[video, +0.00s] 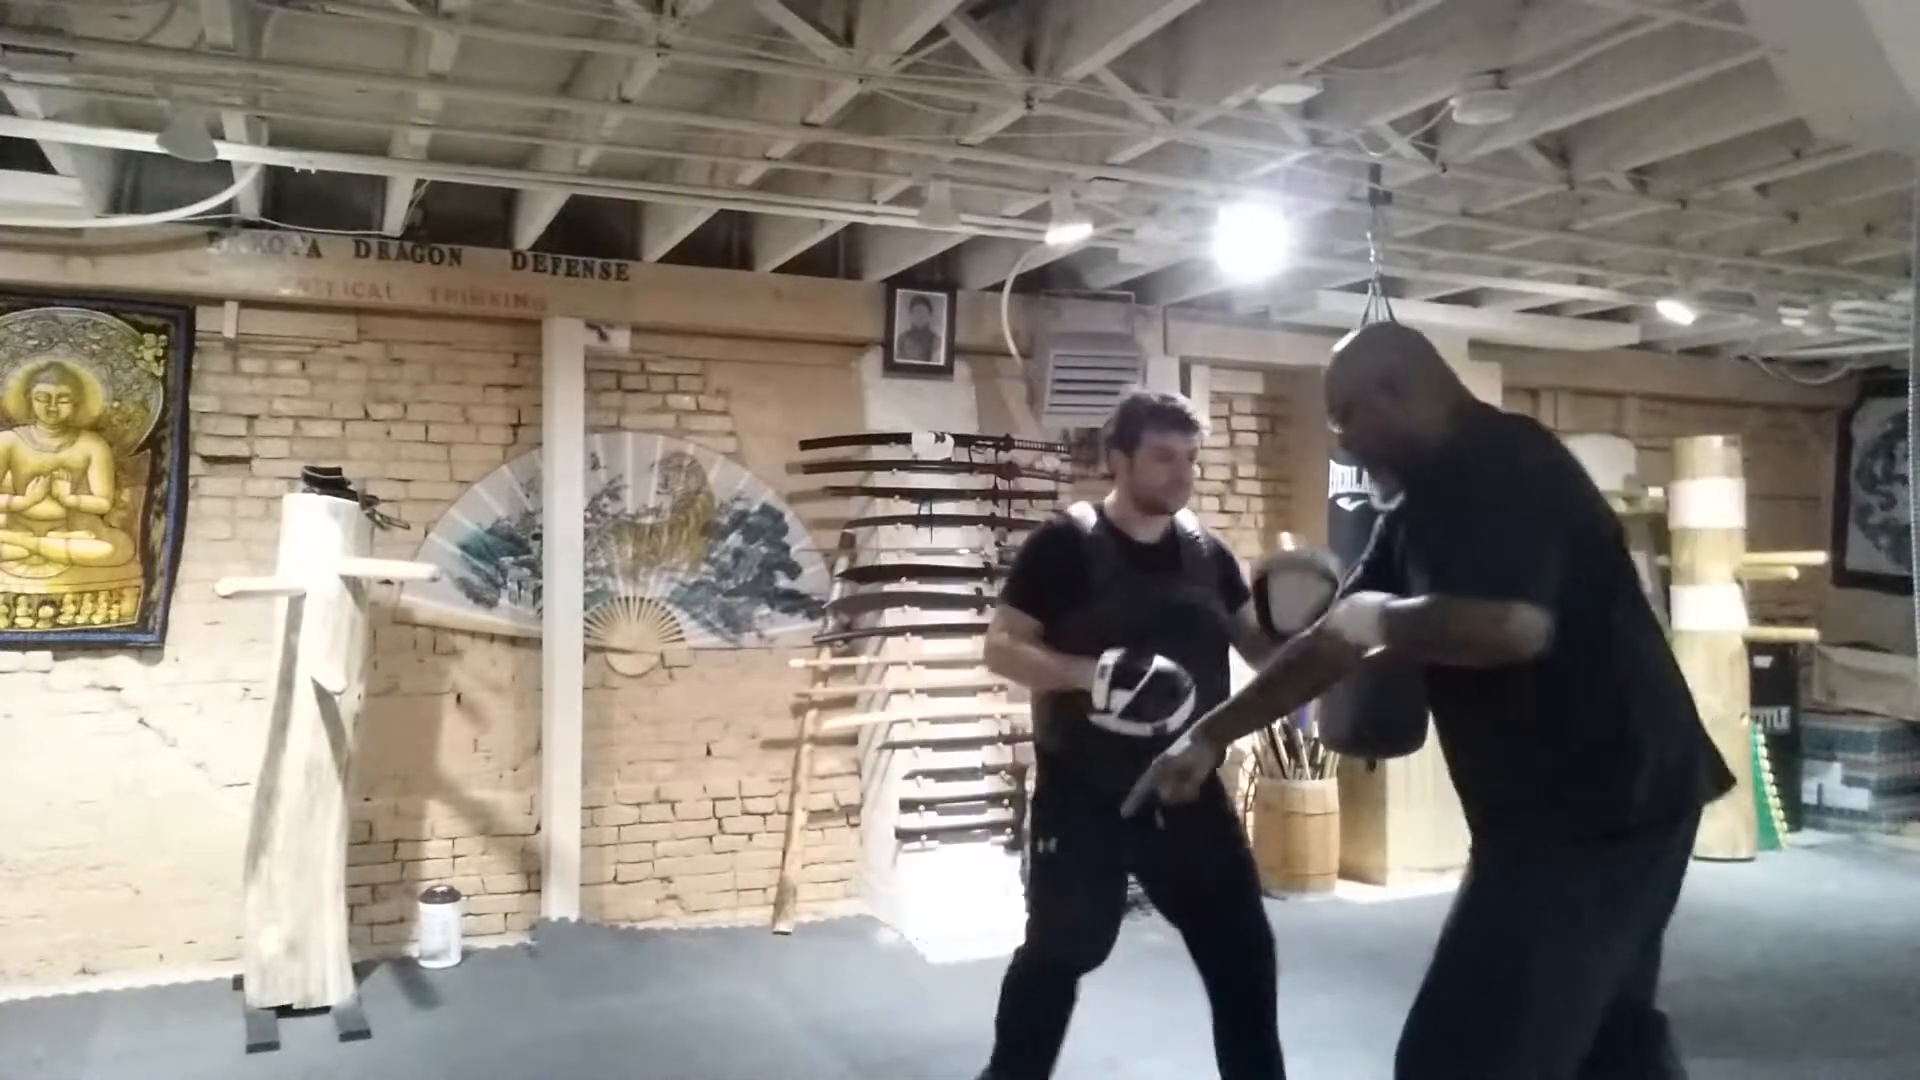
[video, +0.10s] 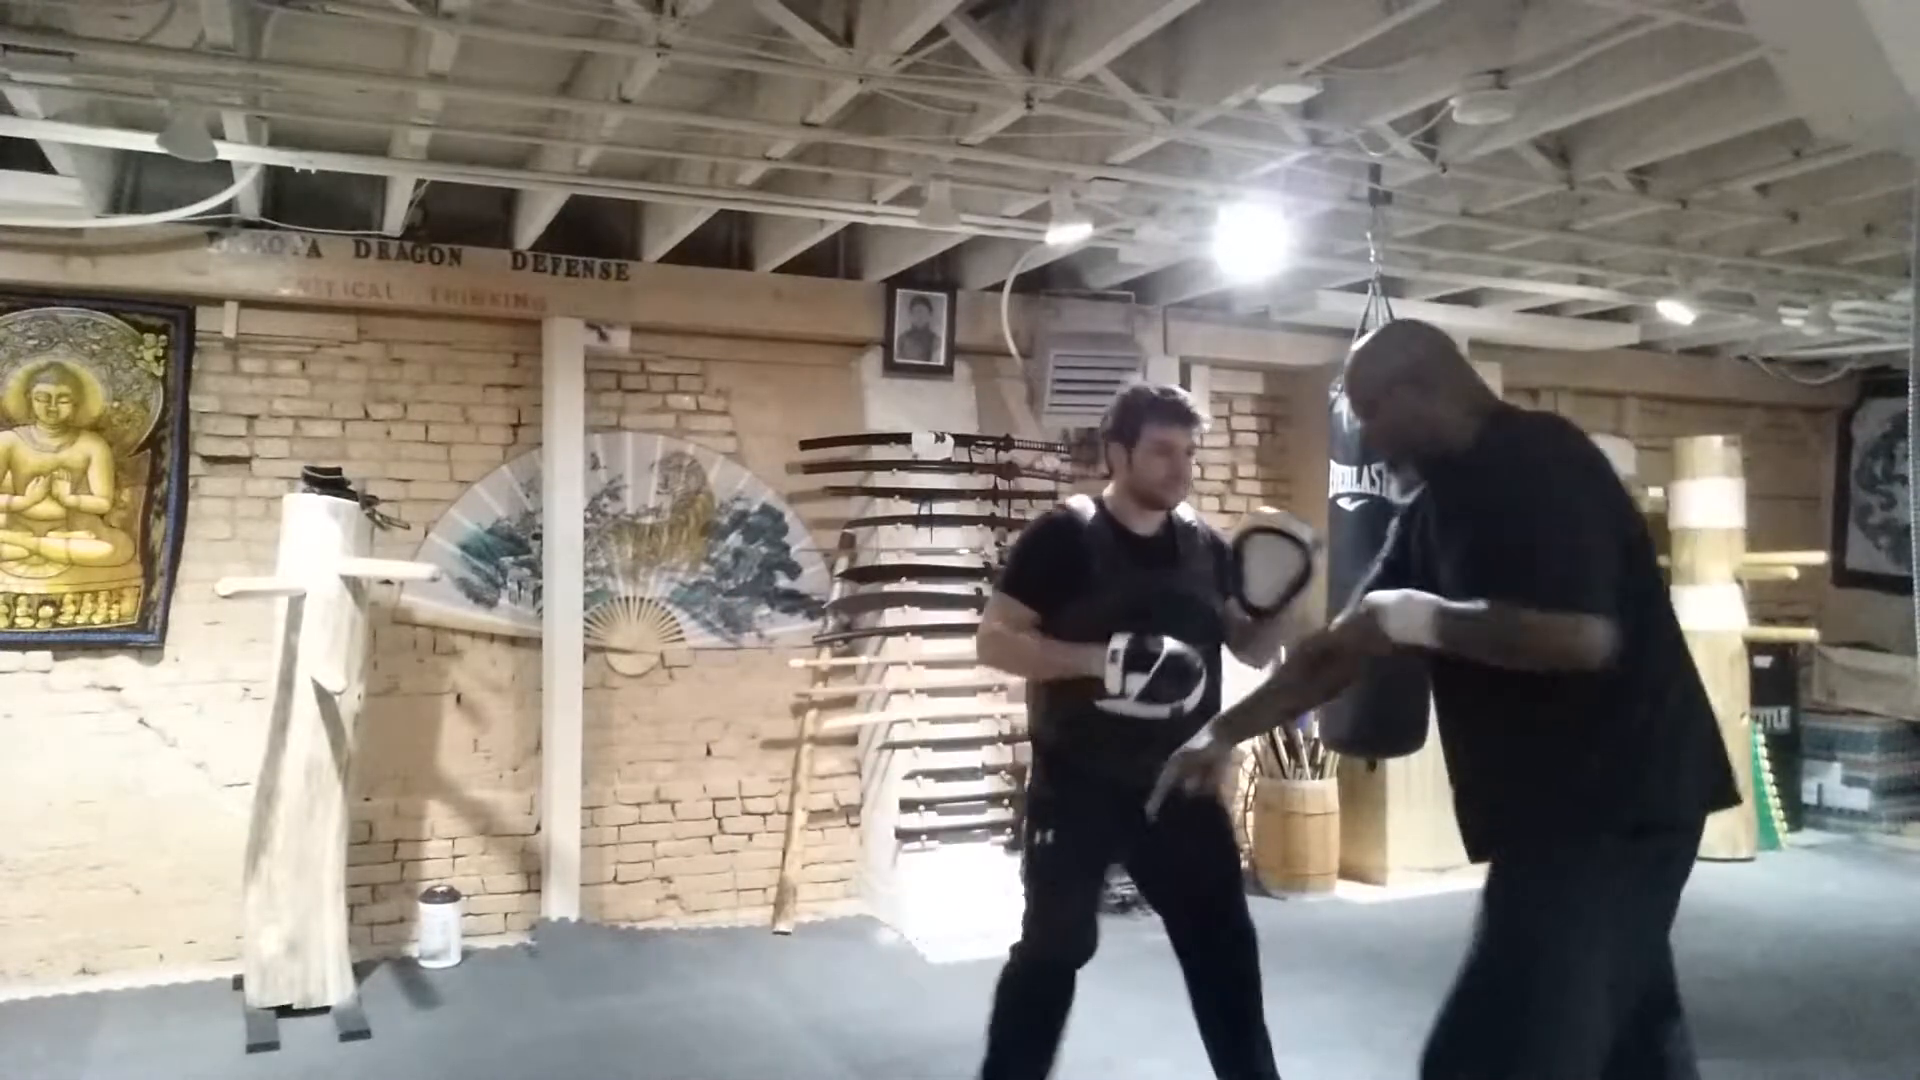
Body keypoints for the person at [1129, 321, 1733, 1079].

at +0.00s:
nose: (1341, 442)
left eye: (1344, 416)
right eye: (1336, 423)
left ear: (1396, 392)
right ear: (1397, 393)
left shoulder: (1500, 459)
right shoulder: (1426, 503)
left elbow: (1517, 624)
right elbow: (1343, 638)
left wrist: (1379, 620)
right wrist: (1208, 734)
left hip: (1592, 813)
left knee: (1451, 1060)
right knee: (1615, 1048)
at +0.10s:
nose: (1363, 436)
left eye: (1366, 411)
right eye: (1358, 417)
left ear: (1422, 387)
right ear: (1422, 388)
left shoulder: (1546, 455)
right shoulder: (1434, 510)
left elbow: (1589, 636)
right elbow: (1349, 647)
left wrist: (1422, 618)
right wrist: (1222, 734)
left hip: (1616, 813)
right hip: (1552, 817)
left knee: (1477, 1061)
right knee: (1639, 1055)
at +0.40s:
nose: (1409, 417)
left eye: (1417, 395)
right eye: (1405, 399)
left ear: (1480, 383)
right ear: (1469, 389)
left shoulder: (1612, 470)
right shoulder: (1467, 495)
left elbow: (1683, 641)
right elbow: (1396, 612)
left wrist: (1501, 630)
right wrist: (1299, 669)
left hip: (1622, 809)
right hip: (1554, 806)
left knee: (1488, 1050)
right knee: (1639, 1035)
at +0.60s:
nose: (1382, 422)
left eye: (1391, 395)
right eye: (1377, 401)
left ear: (1456, 377)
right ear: (1451, 383)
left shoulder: (1582, 475)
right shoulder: (1434, 501)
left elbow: (1664, 639)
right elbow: (1425, 630)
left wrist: (1483, 641)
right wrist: (1383, 719)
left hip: (1598, 808)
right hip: (1518, 807)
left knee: (1457, 1043)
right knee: (1612, 1030)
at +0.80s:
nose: (1326, 435)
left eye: (1333, 414)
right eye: (1320, 418)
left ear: (1391, 389)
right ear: (1391, 392)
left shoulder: (1508, 480)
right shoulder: (1406, 495)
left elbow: (1580, 663)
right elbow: (1428, 645)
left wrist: (1415, 659)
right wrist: (1404, 746)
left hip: (1571, 781)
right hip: (1493, 780)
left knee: (1432, 1034)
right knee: (1509, 1018)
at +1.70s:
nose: (1289, 433)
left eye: (1305, 411)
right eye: (1287, 413)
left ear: (1372, 407)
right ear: (1370, 411)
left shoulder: (1454, 509)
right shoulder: (1366, 503)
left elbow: (1473, 713)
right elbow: (1378, 653)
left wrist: (1337, 673)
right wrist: (1345, 705)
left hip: (1488, 804)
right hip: (1430, 794)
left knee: (1369, 1038)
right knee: (1508, 1021)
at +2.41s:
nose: (1350, 405)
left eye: (1361, 385)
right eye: (1348, 388)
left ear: (1428, 375)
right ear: (1423, 380)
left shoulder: (1526, 486)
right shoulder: (1417, 490)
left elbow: (1572, 657)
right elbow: (1432, 637)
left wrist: (1392, 636)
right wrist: (1359, 677)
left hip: (1497, 798)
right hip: (1440, 789)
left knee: (1389, 1028)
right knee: (1514, 1017)